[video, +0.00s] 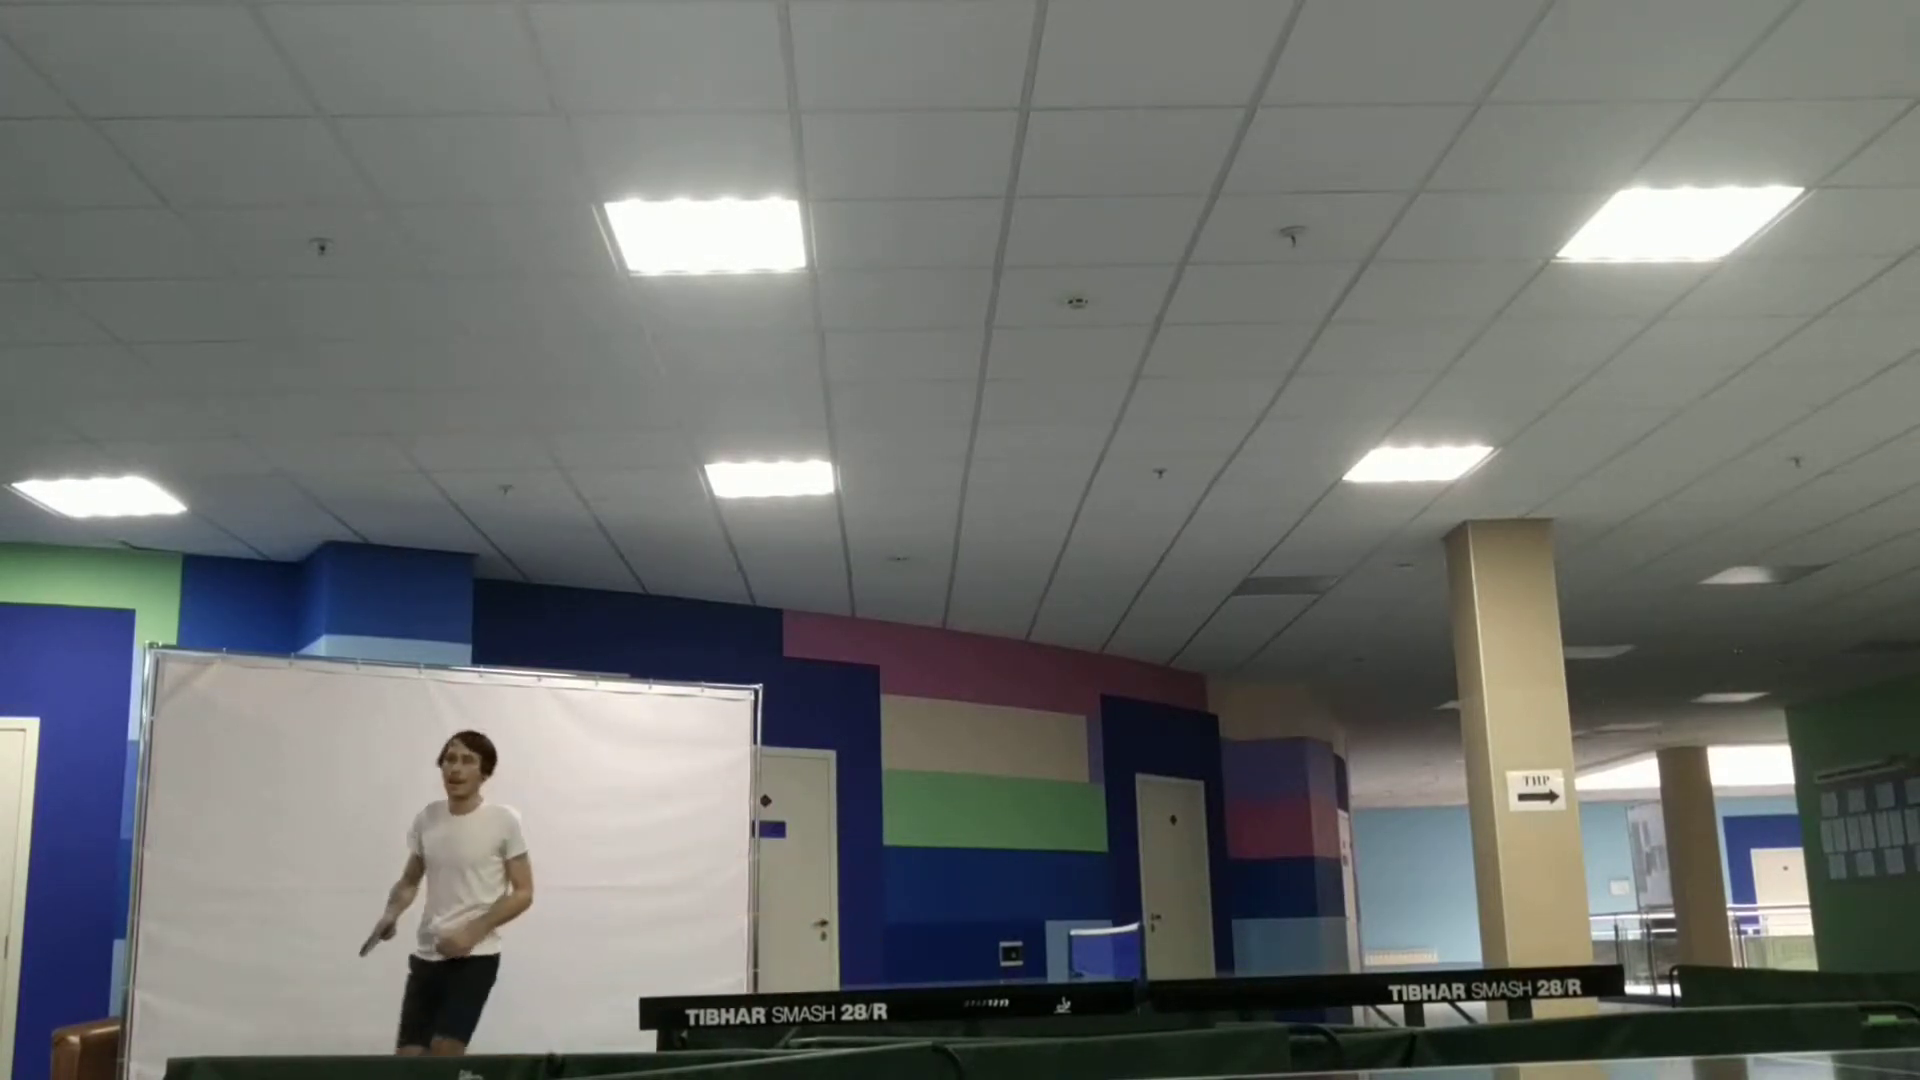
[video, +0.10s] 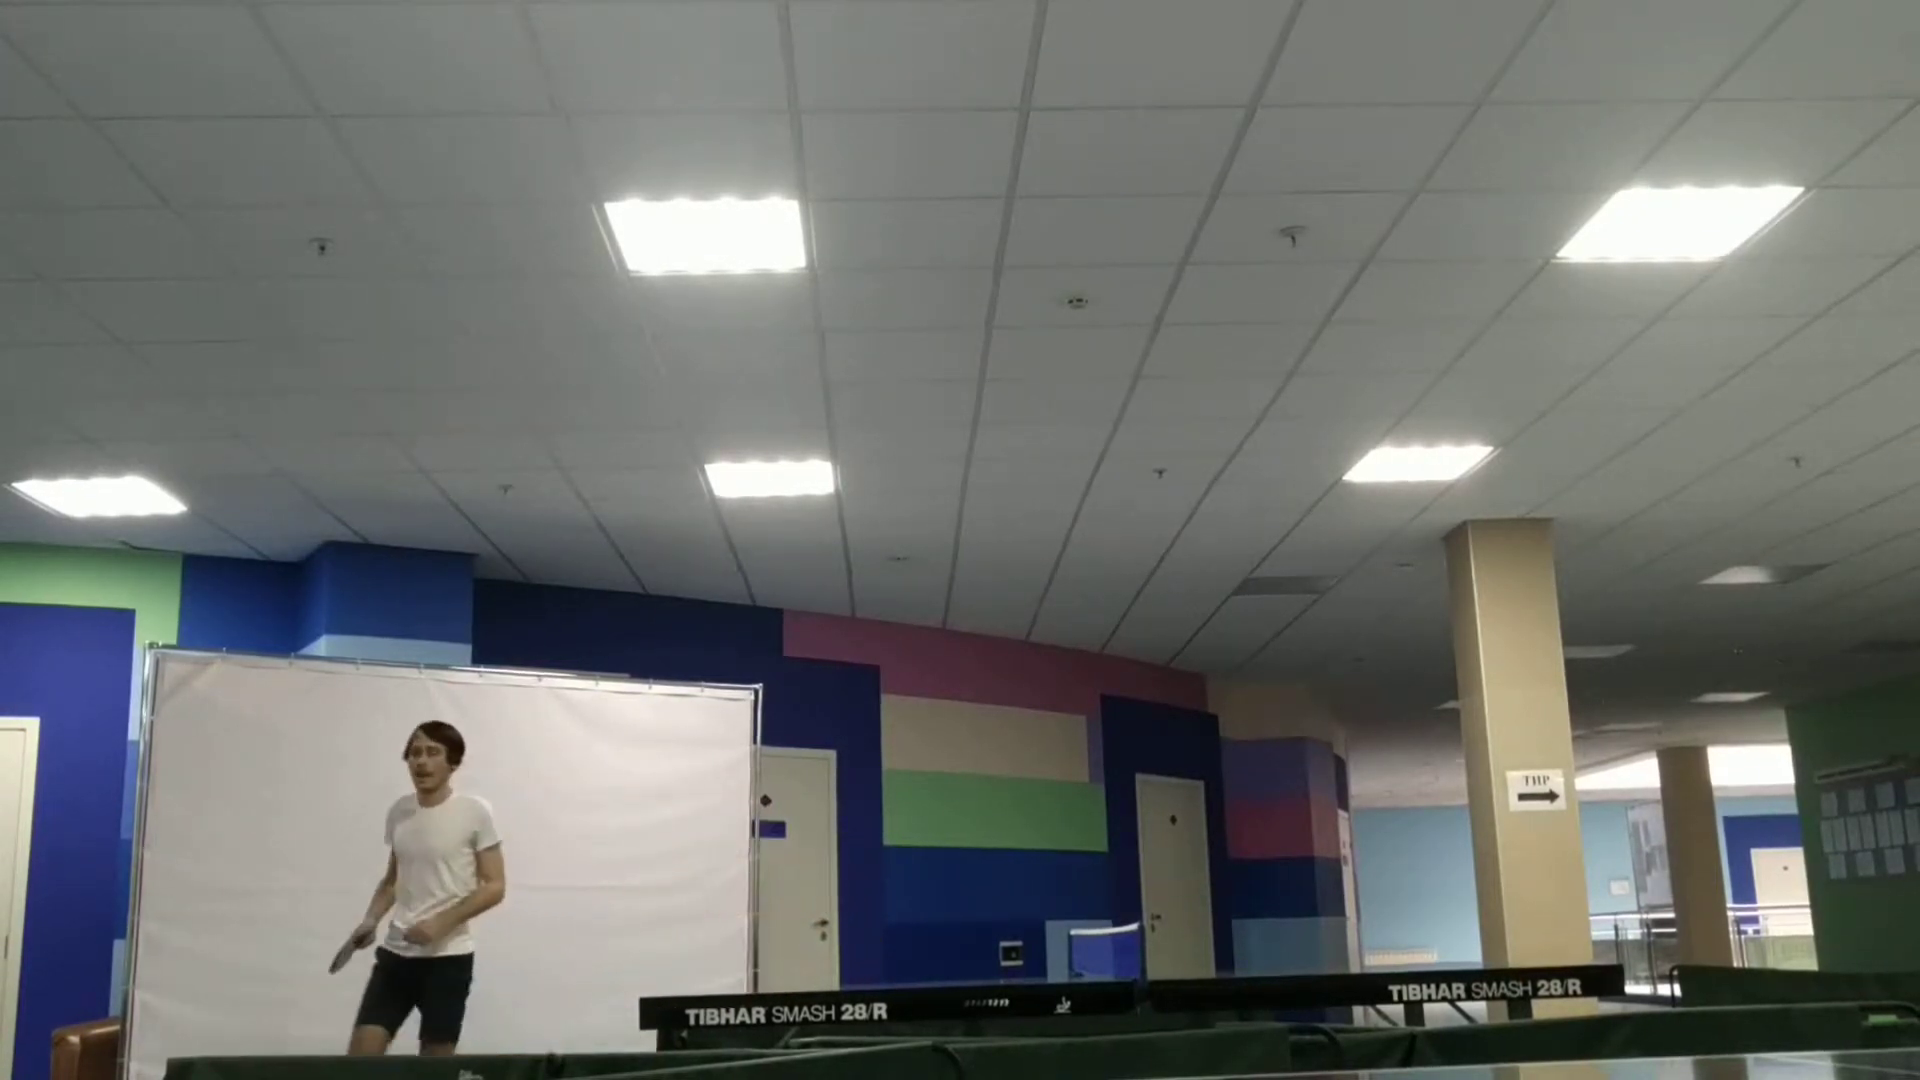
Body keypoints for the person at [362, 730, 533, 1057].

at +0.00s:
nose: (456, 768)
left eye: (467, 761)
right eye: (450, 760)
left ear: (484, 772)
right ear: (441, 767)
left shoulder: (503, 821)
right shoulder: (427, 819)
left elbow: (523, 894)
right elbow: (409, 880)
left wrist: (471, 933)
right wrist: (390, 915)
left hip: (475, 959)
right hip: (428, 957)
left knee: (444, 1053)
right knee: (409, 1056)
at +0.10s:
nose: (420, 761)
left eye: (431, 752)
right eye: (414, 753)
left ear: (452, 762)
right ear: (407, 761)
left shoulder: (475, 813)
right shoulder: (400, 812)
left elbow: (494, 887)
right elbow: (392, 880)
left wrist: (441, 923)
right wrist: (370, 921)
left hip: (447, 962)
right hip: (395, 958)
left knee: (435, 1064)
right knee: (361, 1056)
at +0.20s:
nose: (384, 766)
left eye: (394, 756)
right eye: (376, 758)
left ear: (417, 764)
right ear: (369, 766)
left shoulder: (445, 815)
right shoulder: (369, 817)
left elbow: (466, 892)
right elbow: (376, 879)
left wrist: (408, 918)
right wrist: (346, 926)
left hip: (421, 970)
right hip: (365, 968)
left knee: (430, 1068)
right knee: (327, 1059)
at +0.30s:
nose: (344, 769)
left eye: (353, 757)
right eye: (336, 761)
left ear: (379, 764)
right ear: (330, 770)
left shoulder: (410, 817)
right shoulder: (333, 821)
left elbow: (434, 894)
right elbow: (342, 886)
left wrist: (375, 920)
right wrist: (310, 931)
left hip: (386, 976)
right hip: (327, 973)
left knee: (399, 1070)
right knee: (294, 1060)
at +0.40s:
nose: (304, 761)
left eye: (314, 749)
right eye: (296, 754)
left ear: (341, 756)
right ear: (291, 763)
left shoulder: (375, 810)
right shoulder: (294, 817)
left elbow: (402, 890)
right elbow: (302, 883)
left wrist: (342, 923)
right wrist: (263, 930)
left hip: (347, 976)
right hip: (286, 969)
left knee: (343, 1075)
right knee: (257, 1060)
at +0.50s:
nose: (275, 748)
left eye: (284, 737)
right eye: (266, 741)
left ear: (312, 742)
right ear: (260, 749)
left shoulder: (349, 796)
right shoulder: (259, 804)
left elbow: (374, 878)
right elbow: (249, 877)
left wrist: (318, 923)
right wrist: (210, 919)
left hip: (313, 959)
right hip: (254, 953)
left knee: (288, 1062)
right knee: (239, 1059)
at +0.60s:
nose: (250, 741)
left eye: (260, 729)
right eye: (241, 732)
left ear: (288, 733)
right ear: (234, 740)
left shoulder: (324, 791)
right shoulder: (226, 795)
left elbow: (349, 873)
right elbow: (195, 868)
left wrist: (298, 924)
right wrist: (163, 899)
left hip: (284, 955)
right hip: (224, 953)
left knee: (240, 1061)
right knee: (218, 1067)